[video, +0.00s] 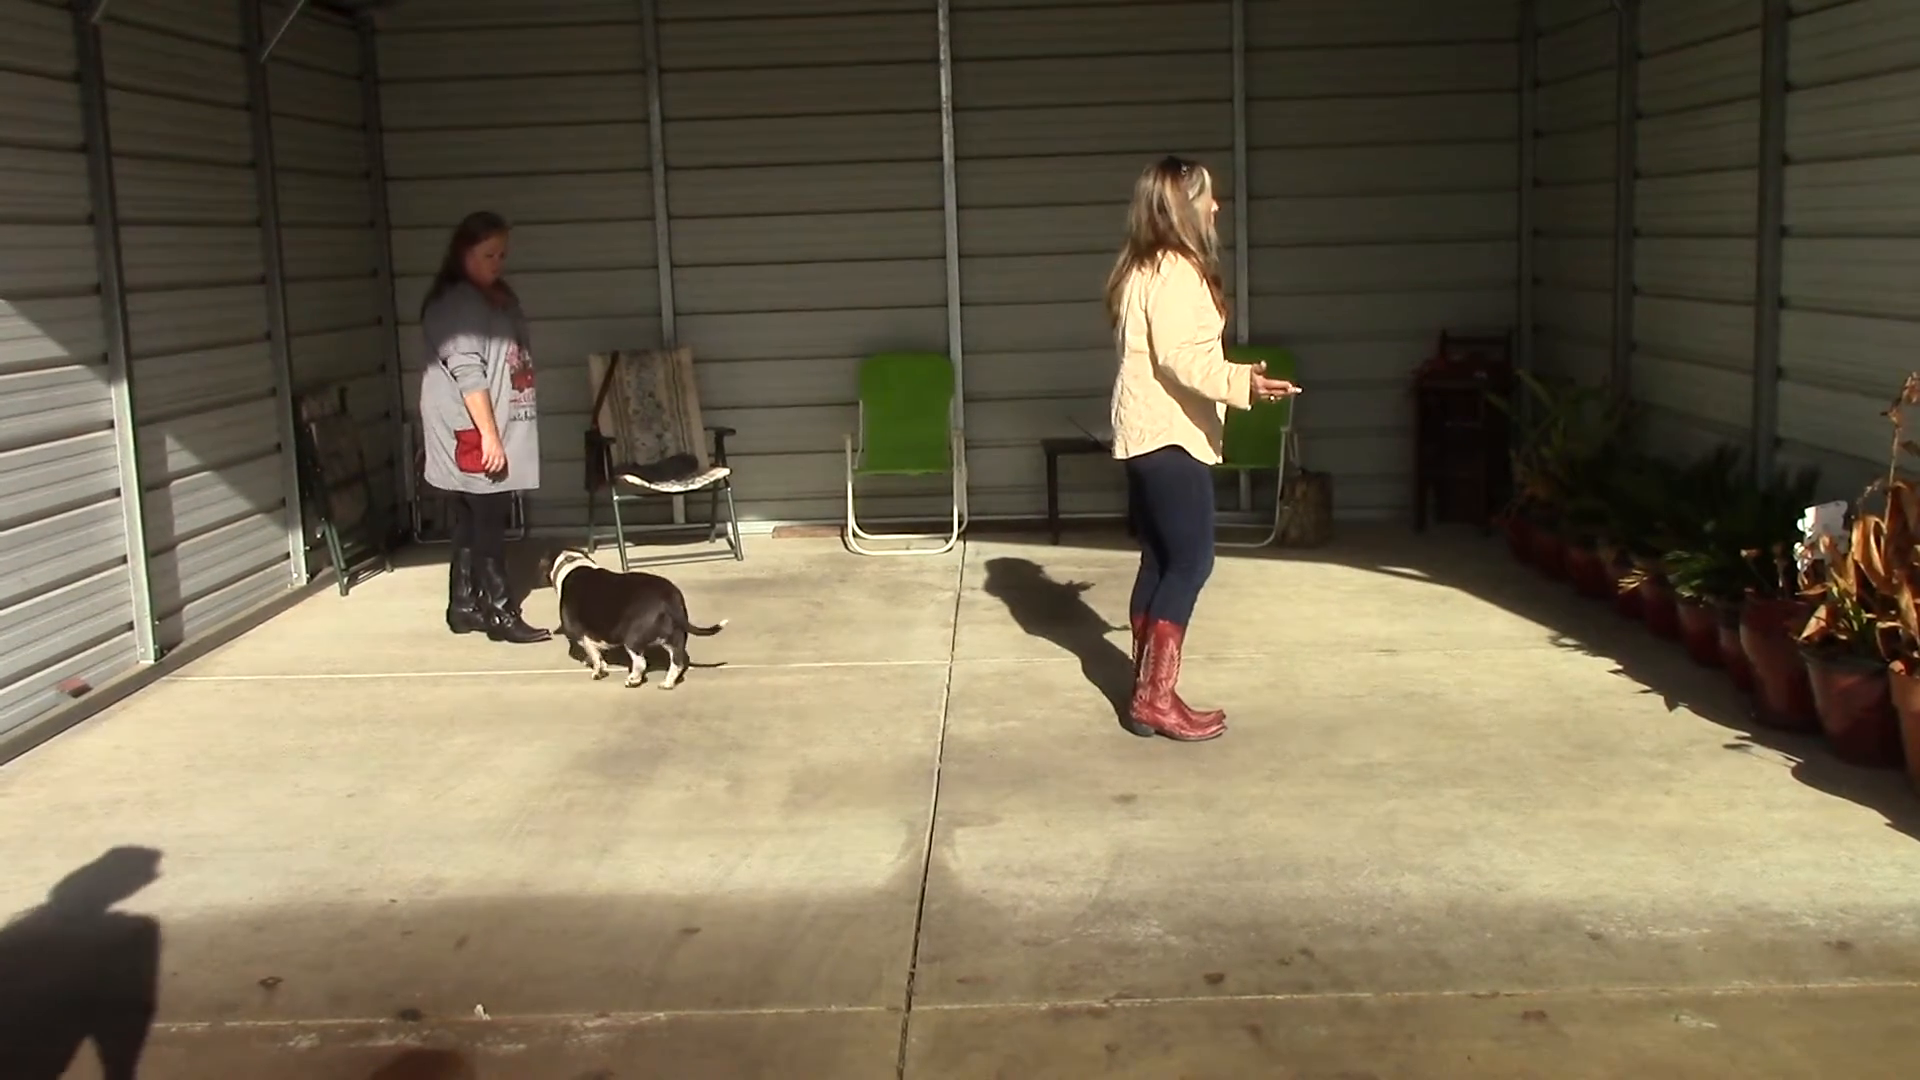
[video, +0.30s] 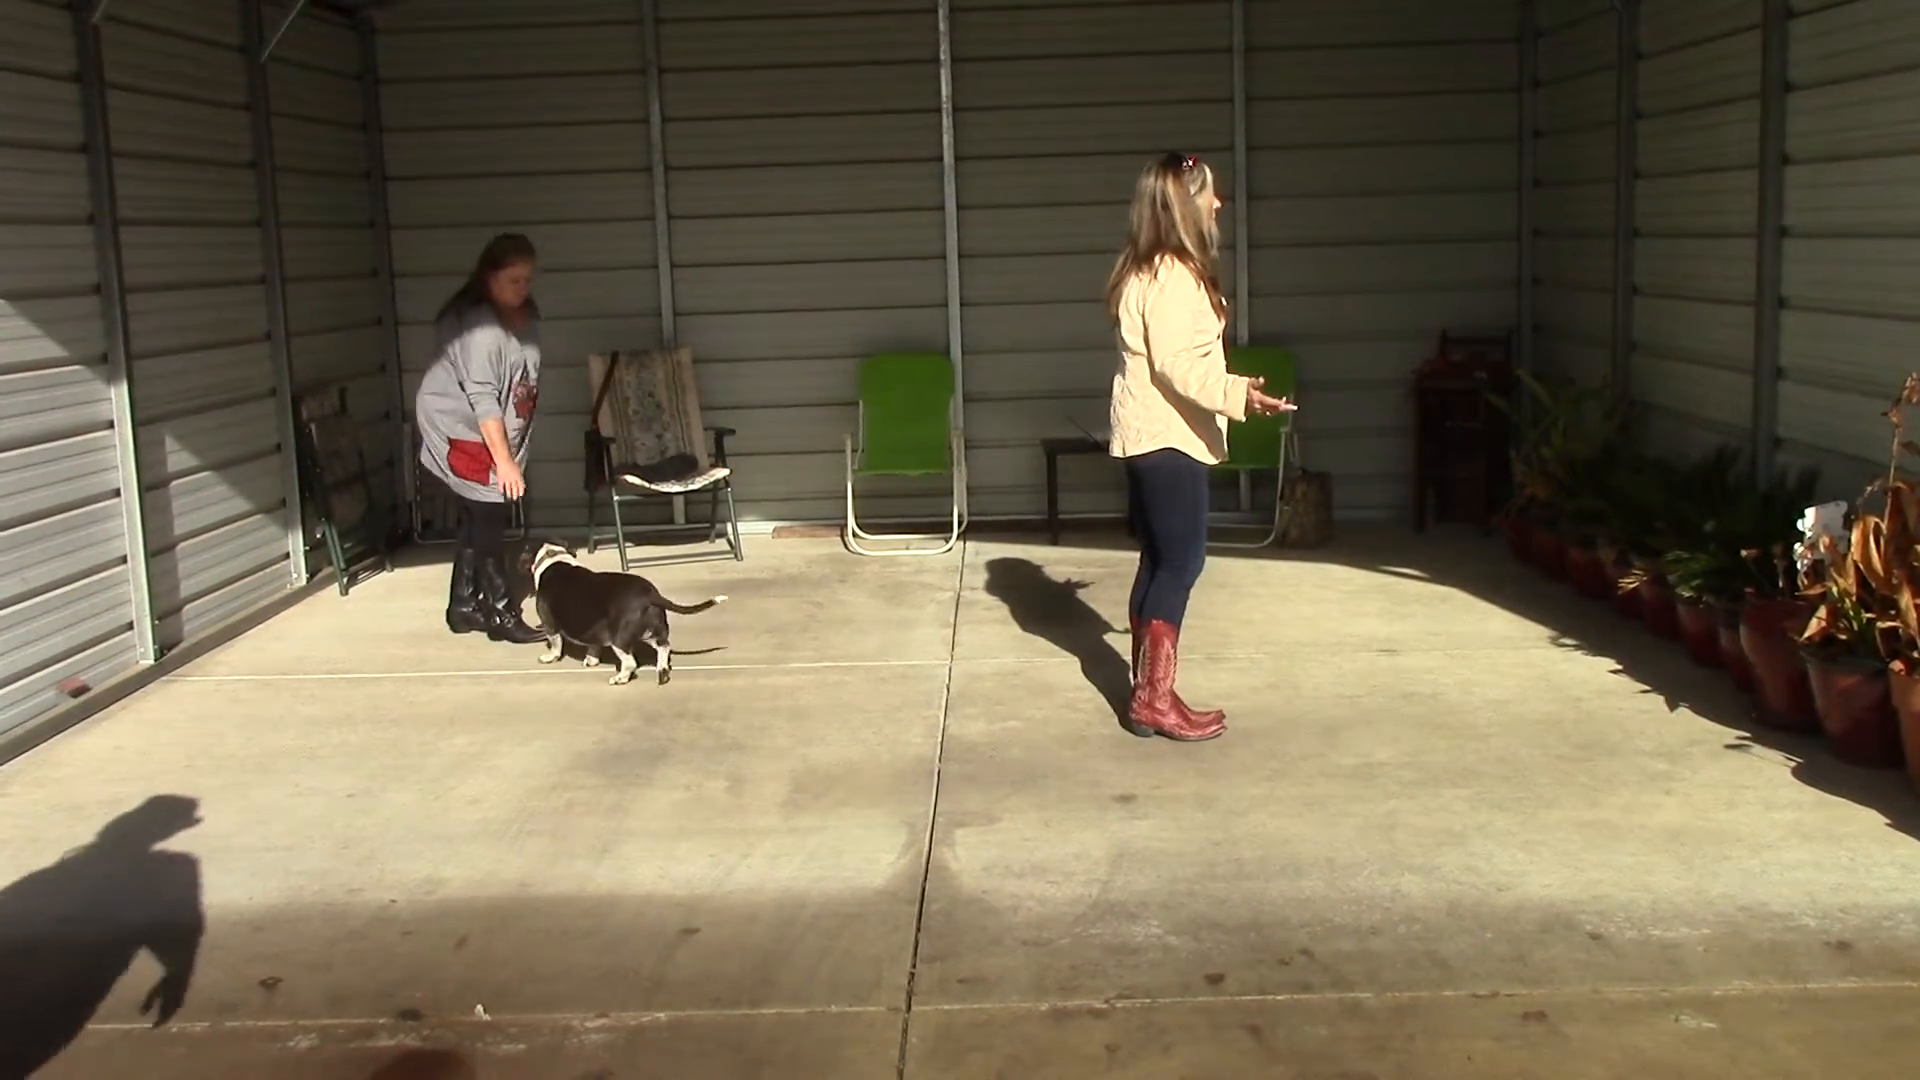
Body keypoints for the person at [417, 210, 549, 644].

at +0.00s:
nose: (497, 265)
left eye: (501, 256)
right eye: (489, 256)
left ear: (503, 256)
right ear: (465, 255)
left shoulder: (497, 300)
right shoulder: (455, 305)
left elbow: (502, 367)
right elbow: (468, 377)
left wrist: (509, 429)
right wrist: (489, 435)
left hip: (485, 429)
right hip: (469, 432)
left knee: (471, 515)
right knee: (489, 517)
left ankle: (464, 604)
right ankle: (497, 610)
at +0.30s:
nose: (522, 289)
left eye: (527, 280)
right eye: (514, 280)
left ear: (531, 279)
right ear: (489, 278)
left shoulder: (518, 317)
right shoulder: (479, 327)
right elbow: (483, 401)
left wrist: (513, 444)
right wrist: (505, 461)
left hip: (484, 424)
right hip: (455, 427)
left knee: (481, 509)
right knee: (490, 509)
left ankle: (463, 603)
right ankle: (500, 610)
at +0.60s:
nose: (551, 333)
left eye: (557, 327)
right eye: (543, 324)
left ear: (564, 323)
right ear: (522, 313)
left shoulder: (536, 350)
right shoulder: (505, 354)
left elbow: (529, 421)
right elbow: (504, 430)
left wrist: (514, 475)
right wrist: (521, 499)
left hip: (473, 423)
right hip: (444, 424)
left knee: (483, 506)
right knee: (494, 507)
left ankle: (464, 603)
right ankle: (501, 610)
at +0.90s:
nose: (564, 357)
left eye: (571, 350)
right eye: (558, 348)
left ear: (578, 344)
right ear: (538, 336)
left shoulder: (532, 362)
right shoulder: (520, 375)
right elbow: (511, 449)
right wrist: (529, 516)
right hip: (444, 420)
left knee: (483, 505)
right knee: (494, 508)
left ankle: (465, 605)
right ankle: (502, 611)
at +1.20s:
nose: (569, 354)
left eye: (576, 347)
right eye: (563, 345)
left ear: (582, 342)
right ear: (542, 333)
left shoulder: (539, 361)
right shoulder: (519, 370)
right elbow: (512, 445)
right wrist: (530, 510)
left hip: (463, 416)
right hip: (445, 417)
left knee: (482, 506)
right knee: (494, 507)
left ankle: (464, 605)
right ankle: (501, 611)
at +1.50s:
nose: (569, 353)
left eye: (575, 346)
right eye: (563, 344)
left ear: (581, 340)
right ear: (542, 332)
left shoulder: (540, 362)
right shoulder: (521, 371)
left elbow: (534, 429)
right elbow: (514, 443)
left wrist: (517, 483)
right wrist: (527, 509)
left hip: (461, 417)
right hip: (445, 419)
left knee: (483, 506)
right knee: (495, 508)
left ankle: (464, 606)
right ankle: (500, 612)